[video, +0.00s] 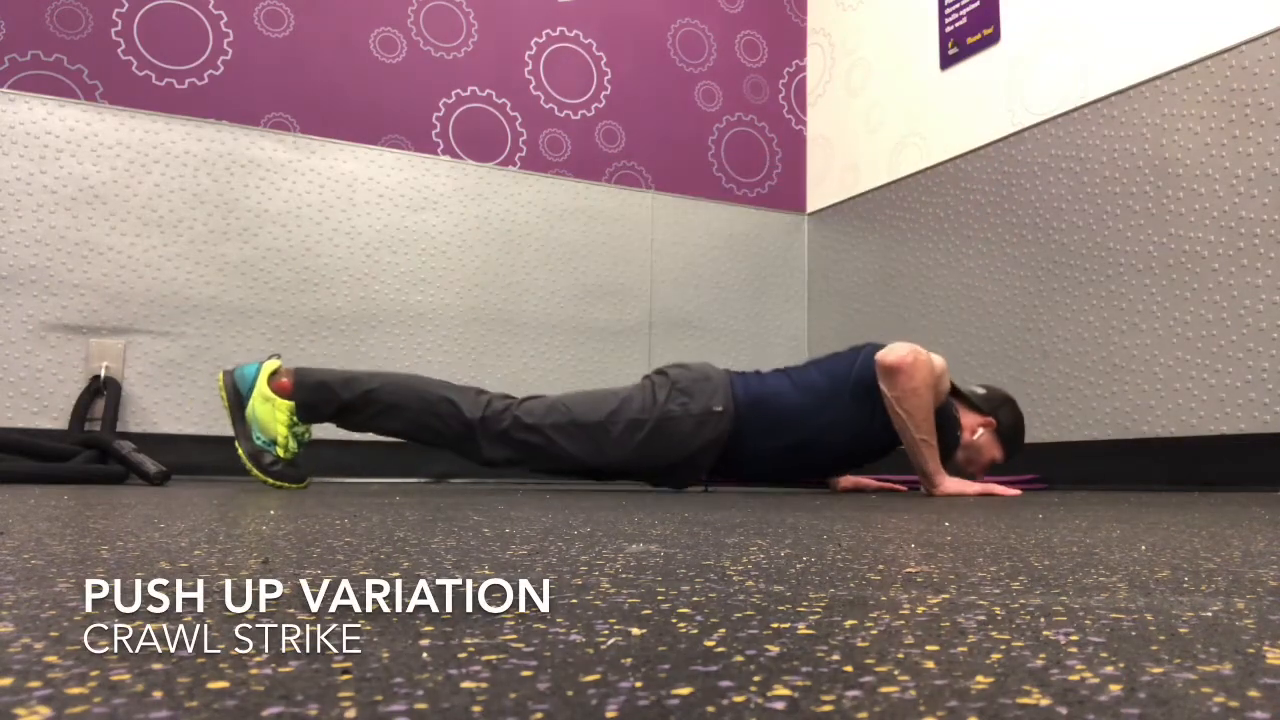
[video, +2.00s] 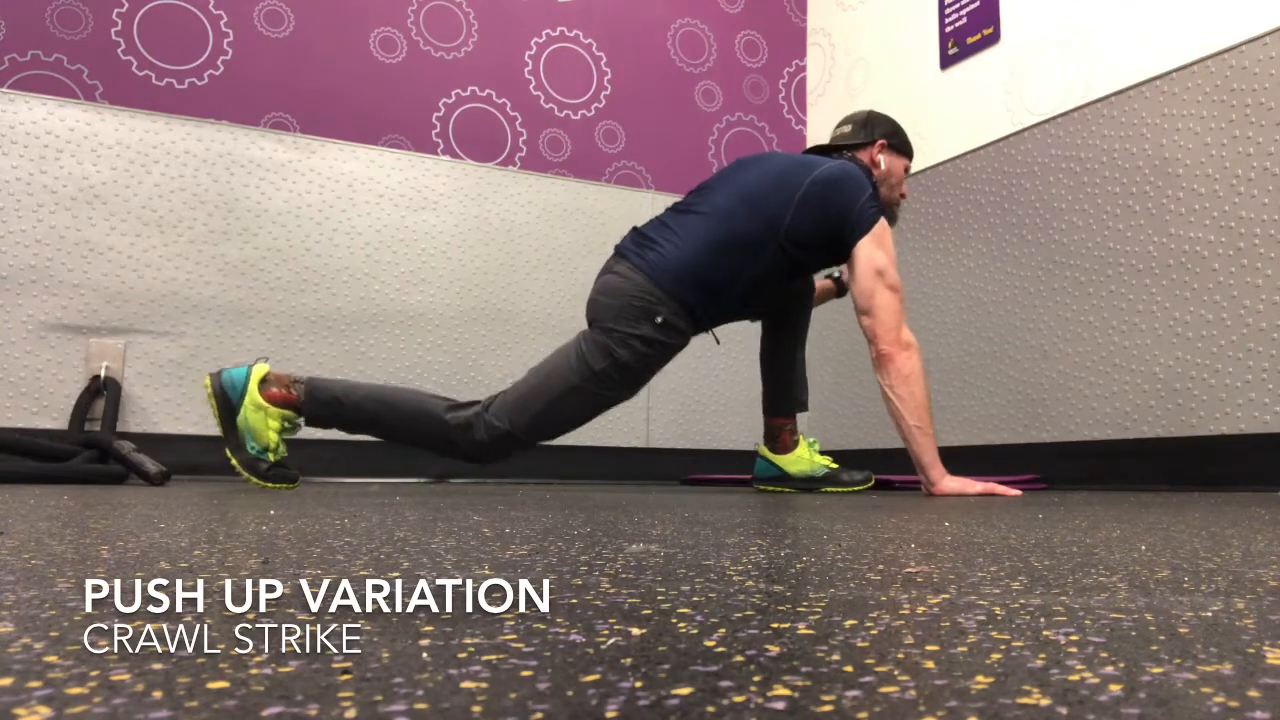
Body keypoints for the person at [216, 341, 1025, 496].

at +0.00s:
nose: (976, 456)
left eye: (985, 456)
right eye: (983, 443)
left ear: (973, 436)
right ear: (971, 409)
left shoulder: (899, 413)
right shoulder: (917, 379)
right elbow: (907, 369)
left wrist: (876, 478)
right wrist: (939, 475)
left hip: (697, 440)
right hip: (697, 410)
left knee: (500, 434)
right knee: (501, 427)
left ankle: (294, 407)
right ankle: (285, 387)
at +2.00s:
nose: (904, 191)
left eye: (906, 178)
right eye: (904, 176)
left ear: (846, 146)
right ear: (875, 157)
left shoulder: (787, 175)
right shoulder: (860, 194)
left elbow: (754, 273)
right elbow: (892, 350)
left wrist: (823, 283)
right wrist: (935, 474)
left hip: (637, 276)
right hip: (653, 306)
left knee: (793, 285)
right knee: (487, 432)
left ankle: (786, 448)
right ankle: (279, 394)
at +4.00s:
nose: (907, 326)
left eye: (920, 316)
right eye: (919, 309)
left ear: (896, 276)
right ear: (914, 269)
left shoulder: (824, 278)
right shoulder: (873, 247)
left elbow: (788, 384)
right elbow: (894, 355)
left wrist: (819, 469)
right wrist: (935, 473)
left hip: (640, 255)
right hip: (653, 238)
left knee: (501, 353)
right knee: (578, 381)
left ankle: (291, 401)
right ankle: (374, 360)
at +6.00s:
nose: (927, 412)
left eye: (938, 413)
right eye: (939, 400)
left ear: (936, 383)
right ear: (939, 358)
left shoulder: (843, 337)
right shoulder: (891, 313)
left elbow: (773, 388)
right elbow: (867, 361)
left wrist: (812, 467)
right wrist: (907, 476)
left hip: (665, 371)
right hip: (664, 348)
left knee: (473, 401)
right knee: (469, 400)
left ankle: (267, 390)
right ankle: (261, 387)